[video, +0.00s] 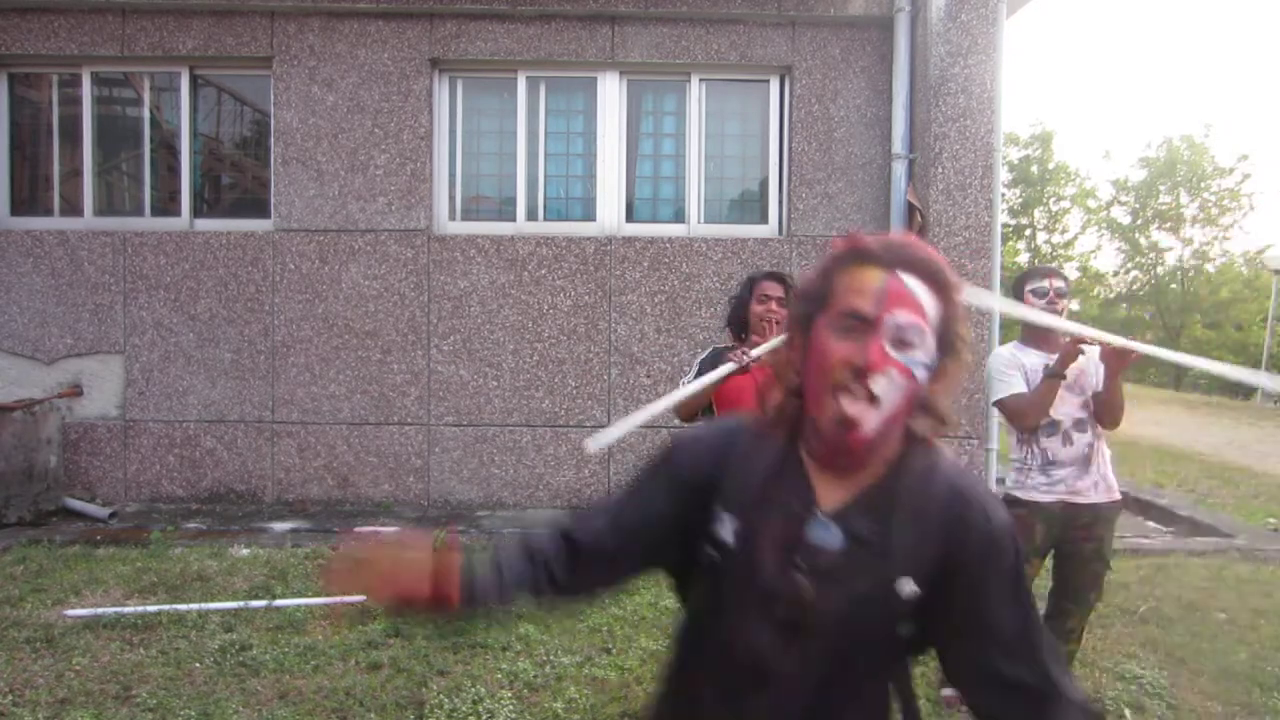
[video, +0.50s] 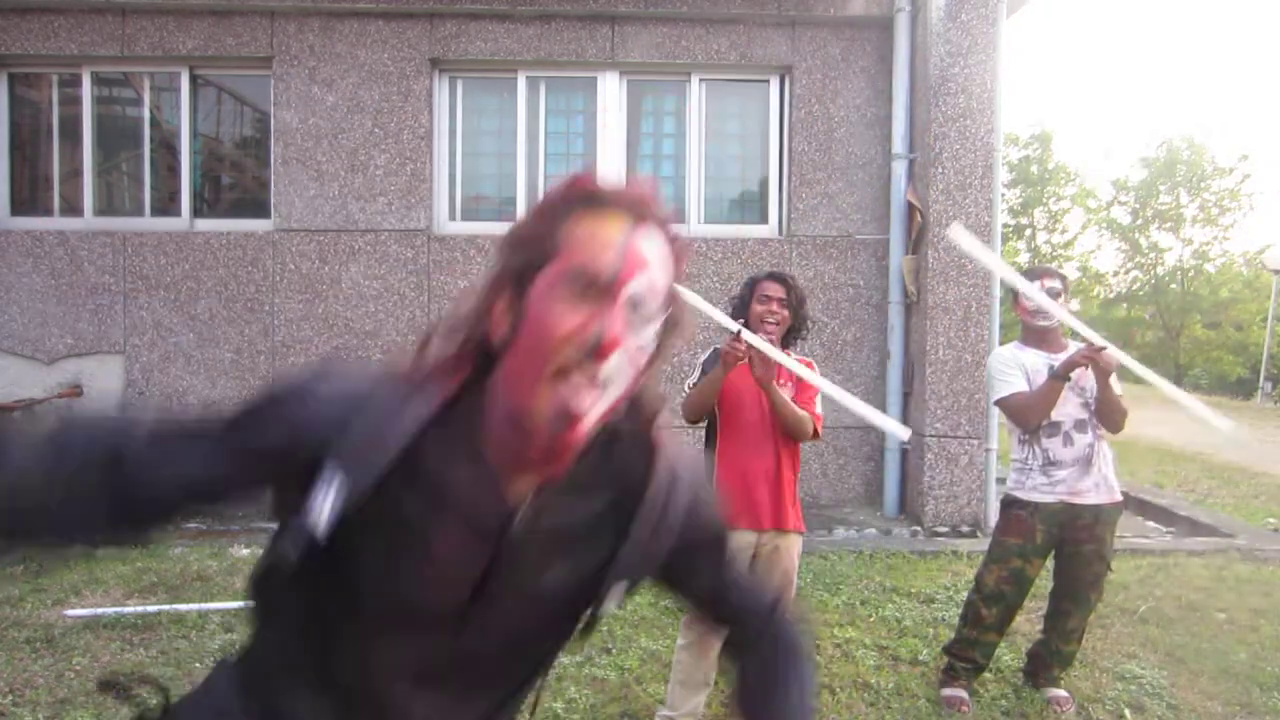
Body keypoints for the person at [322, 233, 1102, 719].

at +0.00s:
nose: (876, 359)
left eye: (907, 343)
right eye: (855, 326)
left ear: (932, 380)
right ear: (803, 337)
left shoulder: (958, 517)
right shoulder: (717, 459)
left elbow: (1027, 696)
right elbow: (584, 550)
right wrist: (454, 574)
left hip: (855, 713)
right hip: (698, 706)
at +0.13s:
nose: (853, 223)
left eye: (885, 210)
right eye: (832, 190)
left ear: (907, 251)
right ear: (777, 205)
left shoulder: (896, 390)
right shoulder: (669, 307)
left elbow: (1064, 503)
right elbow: (490, 299)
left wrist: (1145, 437)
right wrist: (401, 189)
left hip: (702, 703)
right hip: (540, 662)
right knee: (399, 712)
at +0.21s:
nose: (833, 157)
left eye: (870, 148)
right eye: (816, 122)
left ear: (891, 197)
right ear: (760, 131)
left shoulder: (872, 331)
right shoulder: (642, 213)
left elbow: (1004, 451)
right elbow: (447, 181)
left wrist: (1132, 425)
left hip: (608, 674)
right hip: (444, 602)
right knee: (281, 709)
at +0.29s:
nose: (788, 138)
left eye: (825, 125)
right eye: (771, 101)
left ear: (848, 169)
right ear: (710, 109)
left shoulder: (831, 317)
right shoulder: (600, 187)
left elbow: (924, 468)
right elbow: (406, 179)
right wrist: (188, 169)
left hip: (543, 656)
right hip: (373, 580)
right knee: (174, 705)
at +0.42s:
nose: (690, 212)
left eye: (726, 189)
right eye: (671, 169)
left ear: (746, 220)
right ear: (599, 175)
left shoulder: (731, 376)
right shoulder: (465, 259)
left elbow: (840, 495)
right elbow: (247, 287)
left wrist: (862, 654)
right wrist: (12, 282)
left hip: (458, 706)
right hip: (276, 640)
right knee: (54, 712)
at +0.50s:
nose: (610, 330)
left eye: (642, 310)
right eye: (587, 290)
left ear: (658, 343)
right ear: (515, 300)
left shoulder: (658, 485)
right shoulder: (355, 419)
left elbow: (763, 625)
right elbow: (118, 474)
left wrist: (783, 707)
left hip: (452, 714)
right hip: (262, 704)